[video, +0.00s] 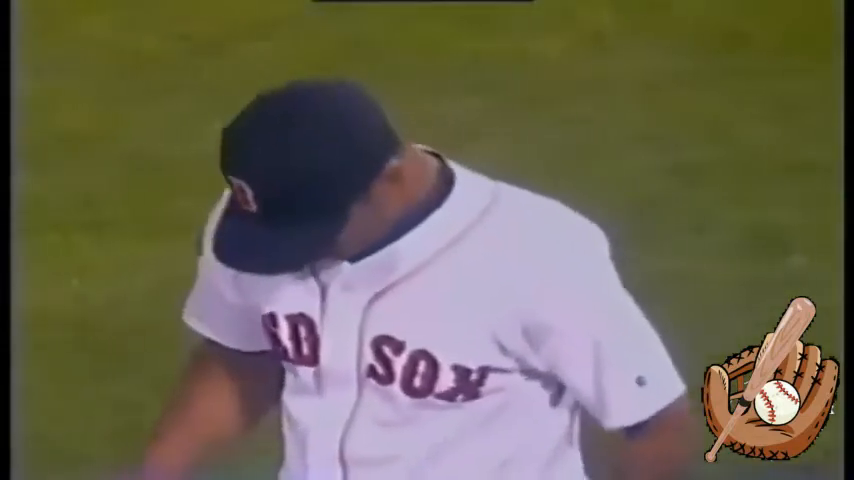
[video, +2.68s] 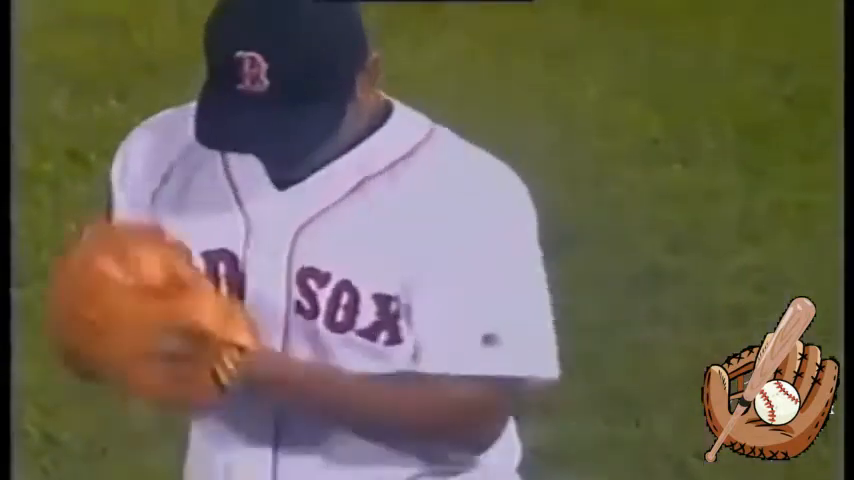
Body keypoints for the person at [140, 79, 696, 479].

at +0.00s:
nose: (305, 257)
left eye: (318, 237)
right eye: (287, 240)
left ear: (390, 180)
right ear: (256, 203)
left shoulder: (547, 253)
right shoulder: (255, 223)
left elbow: (666, 430)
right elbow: (240, 363)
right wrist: (159, 465)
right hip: (312, 468)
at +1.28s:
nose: (379, 260)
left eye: (405, 231)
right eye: (361, 238)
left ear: (471, 167)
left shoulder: (633, 201)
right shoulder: (307, 197)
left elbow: (759, 373)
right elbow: (281, 344)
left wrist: (741, 443)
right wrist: (237, 465)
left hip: (612, 468)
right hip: (399, 465)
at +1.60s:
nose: (347, 252)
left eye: (370, 233)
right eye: (329, 227)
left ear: (445, 176)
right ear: (297, 168)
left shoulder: (593, 212)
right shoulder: (268, 174)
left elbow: (704, 384)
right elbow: (211, 329)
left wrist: (689, 465)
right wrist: (181, 458)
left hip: (536, 467)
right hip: (317, 466)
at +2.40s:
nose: (277, 186)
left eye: (298, 167)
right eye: (254, 172)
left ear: (360, 106)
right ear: (217, 118)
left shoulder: (489, 176)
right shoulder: (167, 175)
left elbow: (626, 341)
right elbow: (127, 320)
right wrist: (127, 450)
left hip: (457, 469)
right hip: (245, 468)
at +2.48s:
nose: (278, 173)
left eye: (303, 148)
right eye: (255, 153)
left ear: (364, 88)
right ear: (220, 104)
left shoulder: (485, 175)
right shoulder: (162, 171)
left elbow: (595, 366)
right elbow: (120, 315)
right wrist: (140, 405)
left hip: (436, 470)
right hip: (237, 470)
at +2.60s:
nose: (279, 161)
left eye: (302, 138)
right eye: (254, 140)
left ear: (366, 78)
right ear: (219, 93)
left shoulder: (478, 184)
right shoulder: (158, 161)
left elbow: (521, 407)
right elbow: (95, 329)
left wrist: (318, 411)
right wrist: (180, 388)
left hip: (429, 469)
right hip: (227, 470)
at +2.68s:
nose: (279, 155)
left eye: (301, 132)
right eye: (257, 137)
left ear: (368, 77)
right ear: (223, 93)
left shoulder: (473, 195)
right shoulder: (159, 157)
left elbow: (473, 420)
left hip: (411, 471)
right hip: (223, 465)